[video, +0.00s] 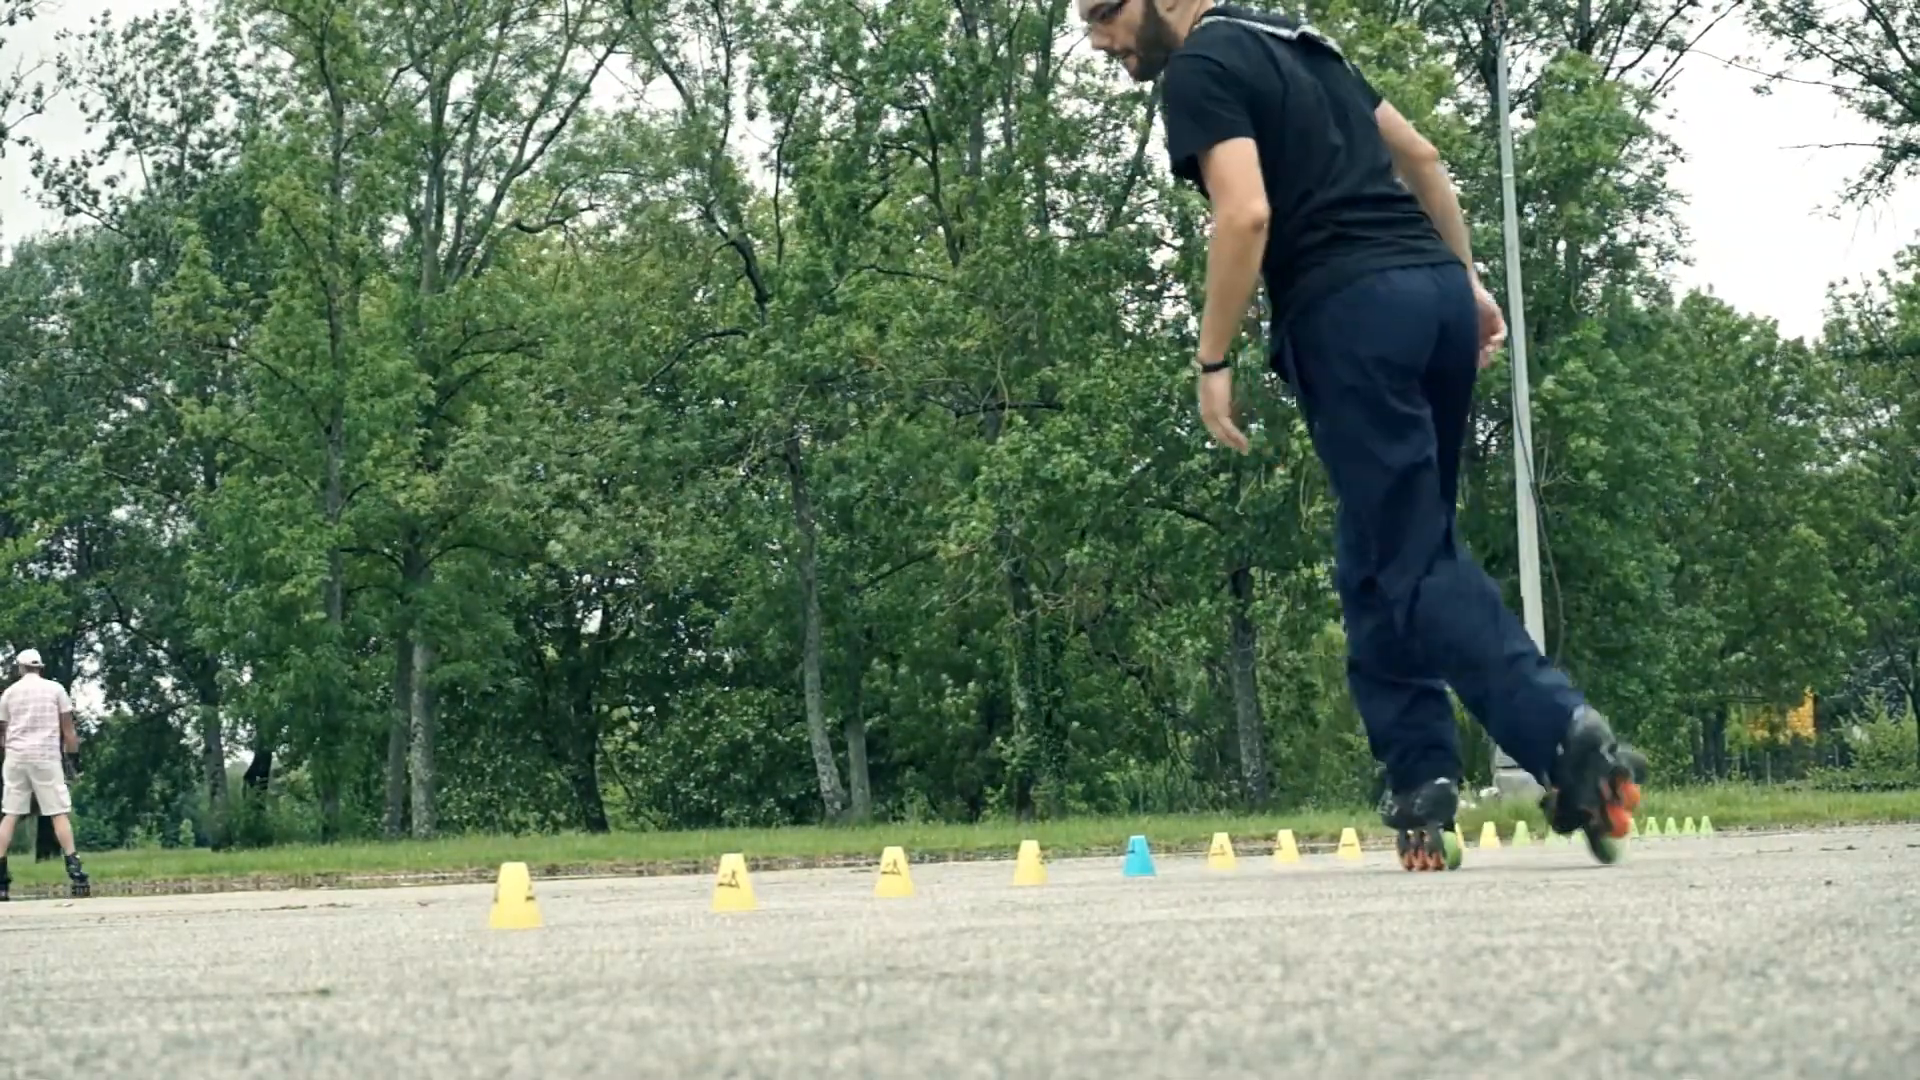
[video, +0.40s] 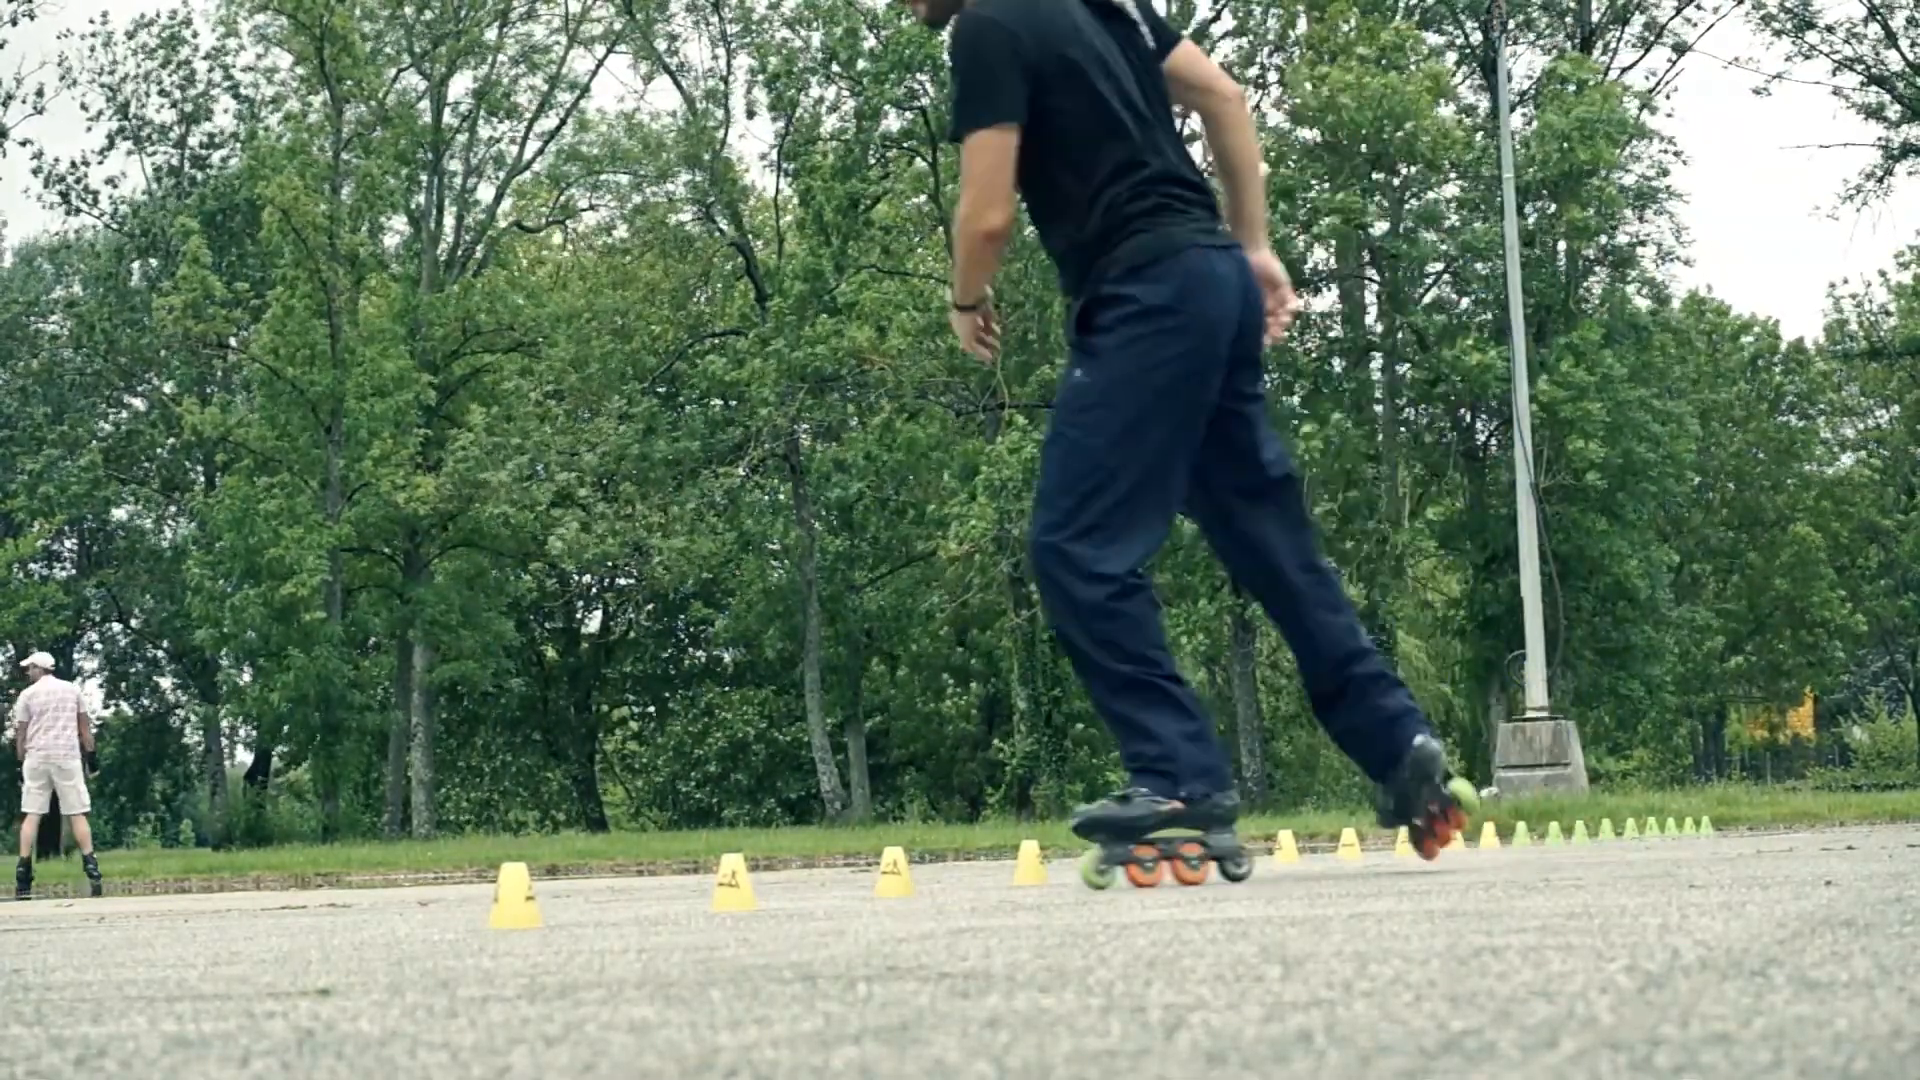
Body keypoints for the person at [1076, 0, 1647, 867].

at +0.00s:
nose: (1098, 41)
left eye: (1101, 17)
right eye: (1088, 26)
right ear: (1188, 2)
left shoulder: (1196, 66)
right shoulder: (1304, 44)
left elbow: (1244, 213)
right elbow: (1419, 157)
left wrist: (1211, 359)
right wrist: (1465, 277)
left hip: (1352, 310)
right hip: (1439, 292)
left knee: (1411, 555)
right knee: (1377, 562)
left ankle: (1567, 742)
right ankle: (1421, 789)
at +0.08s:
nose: (1071, 43)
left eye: (1071, 18)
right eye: (1059, 29)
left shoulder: (1159, 62)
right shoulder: (1287, 43)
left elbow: (1201, 213)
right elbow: (1400, 147)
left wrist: (1174, 361)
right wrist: (1453, 277)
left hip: (1327, 300)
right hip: (1422, 285)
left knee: (1363, 555)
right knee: (1402, 550)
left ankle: (1528, 703)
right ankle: (1427, 780)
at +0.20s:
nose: (1016, 35)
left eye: (1016, 11)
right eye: (1008, 20)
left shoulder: (1107, 56)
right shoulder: (1237, 22)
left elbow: (1124, 227)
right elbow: (1361, 124)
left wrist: (1097, 367)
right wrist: (1380, 258)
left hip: (1284, 293)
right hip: (1376, 278)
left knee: (1234, 558)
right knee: (1387, 550)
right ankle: (1439, 775)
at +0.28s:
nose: (979, 28)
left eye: (979, 12)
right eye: (971, 21)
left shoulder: (1065, 48)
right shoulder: (1195, 16)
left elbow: (1071, 231)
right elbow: (1314, 108)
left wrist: (1042, 358)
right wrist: (1339, 251)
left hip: (1239, 293)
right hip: (1326, 281)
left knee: (1165, 549)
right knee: (1360, 552)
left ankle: (1268, 776)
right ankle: (1436, 774)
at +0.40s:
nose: (907, 6)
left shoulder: (986, 25)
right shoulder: (1101, 8)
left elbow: (987, 215)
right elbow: (1220, 94)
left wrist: (967, 301)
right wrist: (1252, 242)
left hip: (1152, 294)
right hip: (1221, 282)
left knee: (1076, 548)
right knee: (1269, 538)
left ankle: (1180, 777)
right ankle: (1395, 743)